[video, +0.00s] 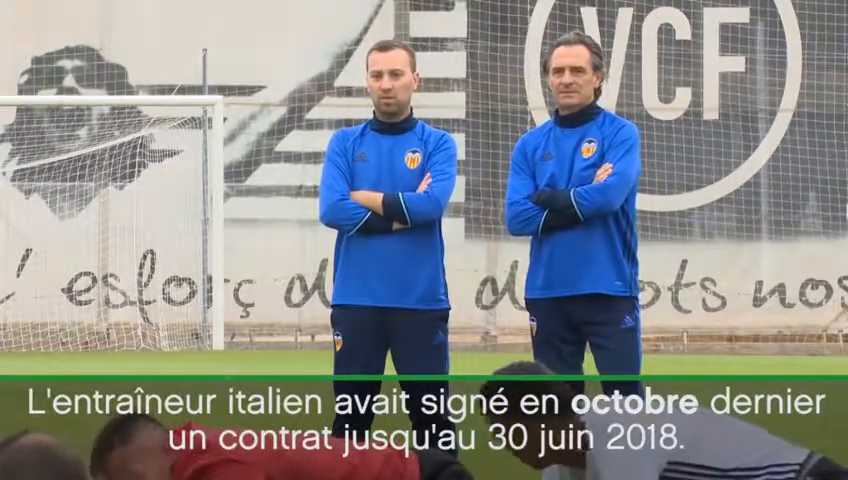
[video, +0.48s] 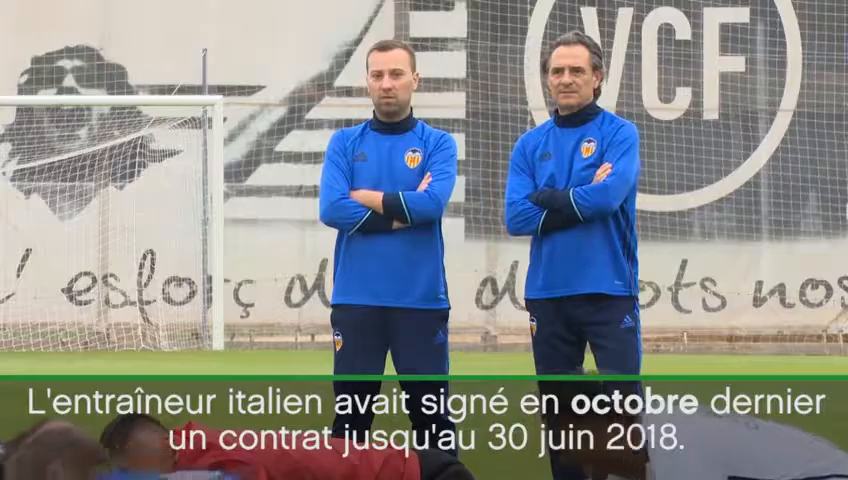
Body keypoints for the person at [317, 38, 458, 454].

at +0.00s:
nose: (386, 84)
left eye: (396, 75)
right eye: (377, 76)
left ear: (415, 81)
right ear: (367, 84)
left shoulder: (438, 142)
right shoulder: (344, 141)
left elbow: (431, 207)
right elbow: (331, 209)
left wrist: (360, 196)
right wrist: (402, 215)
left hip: (420, 301)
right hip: (356, 301)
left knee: (431, 418)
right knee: (351, 417)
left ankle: (438, 478)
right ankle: (346, 479)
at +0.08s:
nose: (386, 85)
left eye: (396, 75)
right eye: (377, 76)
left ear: (415, 81)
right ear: (367, 84)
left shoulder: (438, 142)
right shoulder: (344, 141)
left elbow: (431, 207)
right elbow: (331, 209)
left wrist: (360, 196)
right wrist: (403, 214)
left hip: (420, 301)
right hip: (356, 301)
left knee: (432, 419)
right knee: (351, 417)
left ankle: (439, 479)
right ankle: (346, 479)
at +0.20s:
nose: (386, 84)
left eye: (396, 75)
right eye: (377, 76)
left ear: (415, 81)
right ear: (367, 84)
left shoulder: (438, 142)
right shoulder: (344, 141)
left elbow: (431, 207)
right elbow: (331, 209)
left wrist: (359, 196)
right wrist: (403, 214)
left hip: (420, 301)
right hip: (356, 301)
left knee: (431, 418)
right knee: (351, 416)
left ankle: (439, 478)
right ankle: (346, 478)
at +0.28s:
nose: (386, 84)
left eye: (396, 75)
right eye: (377, 76)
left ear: (415, 81)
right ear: (368, 84)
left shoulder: (438, 142)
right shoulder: (344, 141)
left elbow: (431, 207)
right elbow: (331, 209)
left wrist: (360, 196)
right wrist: (403, 214)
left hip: (420, 302)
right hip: (356, 301)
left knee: (432, 419)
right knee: (351, 418)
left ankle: (438, 477)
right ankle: (346, 479)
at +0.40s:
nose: (386, 84)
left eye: (396, 75)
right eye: (377, 76)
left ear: (415, 81)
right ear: (368, 84)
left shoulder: (438, 143)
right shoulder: (344, 141)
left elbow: (431, 206)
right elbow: (331, 209)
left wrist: (360, 195)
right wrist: (402, 215)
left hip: (420, 302)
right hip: (356, 301)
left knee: (432, 419)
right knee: (351, 418)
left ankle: (440, 478)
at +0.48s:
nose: (386, 84)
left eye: (396, 75)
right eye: (377, 76)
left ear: (415, 81)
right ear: (368, 84)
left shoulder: (438, 143)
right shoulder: (344, 141)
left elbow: (431, 206)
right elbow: (331, 209)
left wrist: (360, 195)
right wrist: (402, 215)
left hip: (420, 301)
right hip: (356, 301)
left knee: (431, 419)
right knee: (351, 418)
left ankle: (440, 478)